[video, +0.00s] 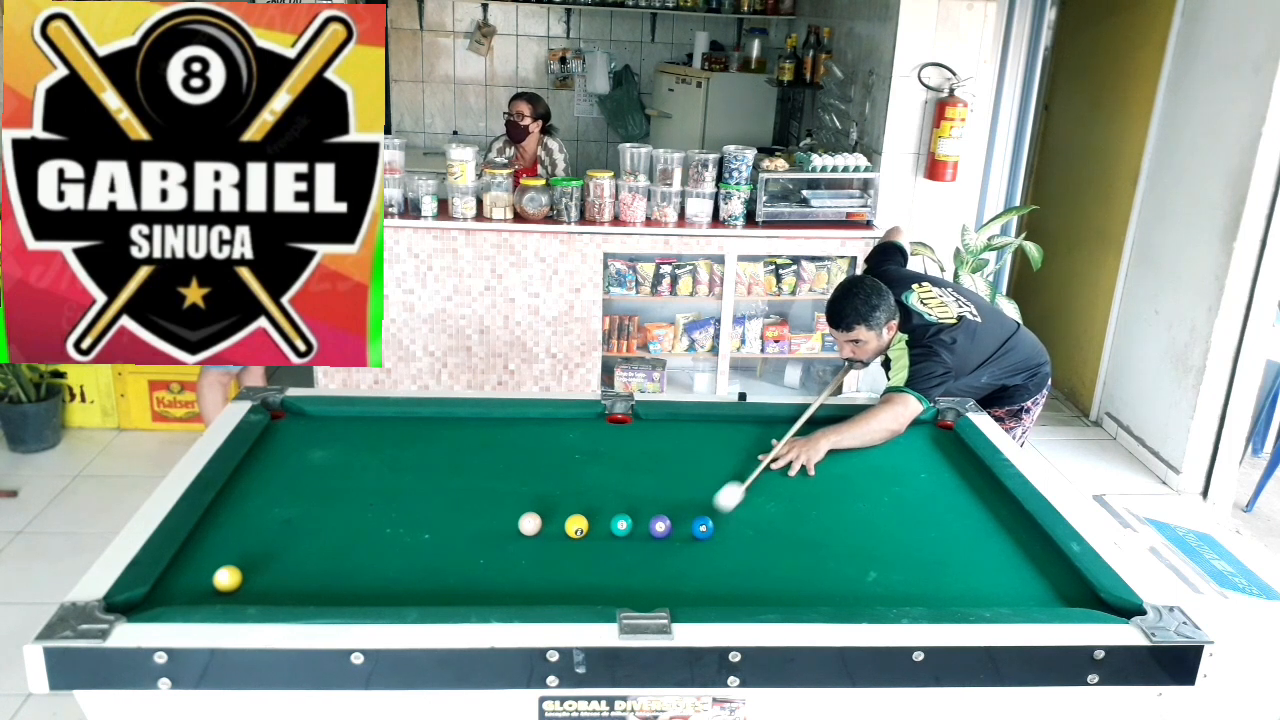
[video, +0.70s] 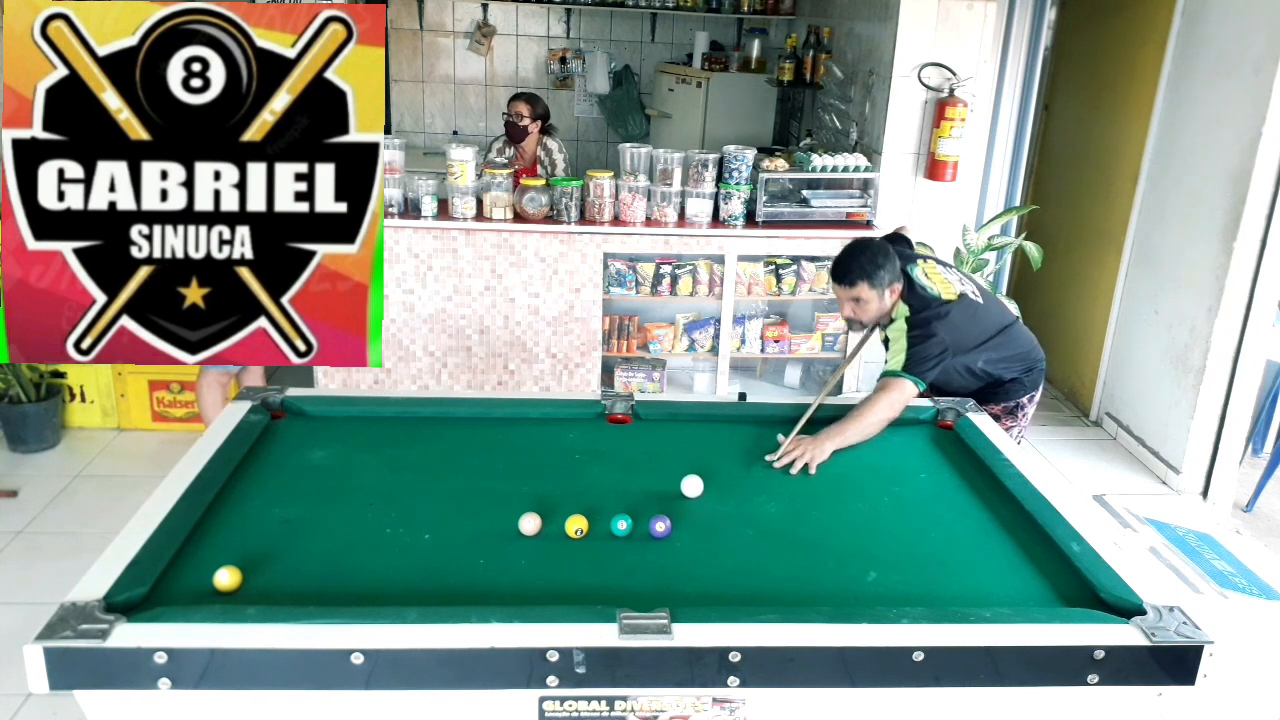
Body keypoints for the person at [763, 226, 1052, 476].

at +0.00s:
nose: (845, 353)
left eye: (855, 343)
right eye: (838, 340)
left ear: (889, 330)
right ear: (832, 322)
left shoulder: (926, 353)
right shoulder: (883, 275)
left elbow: (894, 417)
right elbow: (897, 234)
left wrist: (823, 439)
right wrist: (869, 287)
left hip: (1021, 375)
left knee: (985, 476)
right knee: (945, 458)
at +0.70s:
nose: (846, 313)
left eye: (857, 302)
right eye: (840, 300)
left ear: (892, 293)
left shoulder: (926, 327)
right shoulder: (894, 256)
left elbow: (890, 400)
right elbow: (901, 233)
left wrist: (825, 440)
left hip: (1012, 375)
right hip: (955, 369)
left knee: (984, 475)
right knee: (940, 459)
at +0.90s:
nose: (839, 279)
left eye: (851, 269)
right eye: (835, 267)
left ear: (887, 264)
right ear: (829, 256)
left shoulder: (918, 294)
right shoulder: (888, 245)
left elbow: (900, 382)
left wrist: (831, 424)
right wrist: (887, 312)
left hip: (994, 377)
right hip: (939, 371)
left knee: (975, 479)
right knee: (924, 468)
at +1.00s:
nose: (834, 257)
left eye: (846, 247)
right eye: (830, 245)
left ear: (882, 243)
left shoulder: (914, 278)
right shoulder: (878, 254)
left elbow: (895, 373)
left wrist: (811, 396)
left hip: (980, 381)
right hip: (930, 375)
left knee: (968, 489)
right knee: (917, 480)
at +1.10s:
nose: (833, 247)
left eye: (845, 237)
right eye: (830, 235)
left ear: (882, 234)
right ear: (826, 226)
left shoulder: (912, 273)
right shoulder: (874, 248)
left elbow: (876, 364)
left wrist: (791, 386)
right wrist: (872, 315)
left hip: (971, 380)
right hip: (915, 372)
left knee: (954, 488)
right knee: (896, 476)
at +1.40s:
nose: (822, 227)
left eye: (835, 217)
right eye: (819, 214)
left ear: (870, 216)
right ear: (816, 204)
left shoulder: (894, 255)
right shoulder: (856, 236)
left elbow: (903, 353)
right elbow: (869, 278)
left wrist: (833, 390)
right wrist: (850, 305)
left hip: (948, 371)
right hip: (901, 363)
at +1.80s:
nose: (804, 220)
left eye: (818, 210)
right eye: (801, 207)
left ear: (852, 209)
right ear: (798, 198)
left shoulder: (883, 252)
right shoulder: (821, 233)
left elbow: (884, 346)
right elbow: (829, 279)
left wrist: (804, 360)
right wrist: (818, 313)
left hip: (911, 377)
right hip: (855, 368)